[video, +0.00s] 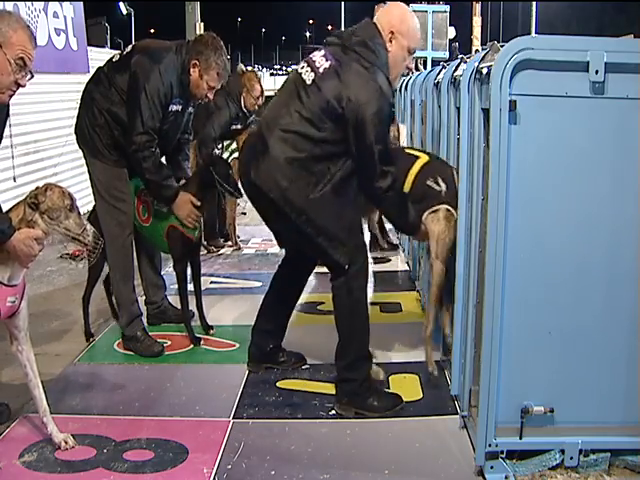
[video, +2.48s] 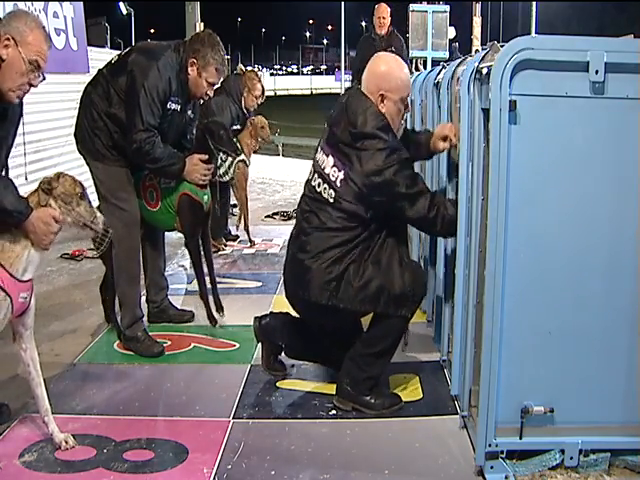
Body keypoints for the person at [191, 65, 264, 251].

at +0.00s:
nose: (258, 103)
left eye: (260, 98)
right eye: (255, 98)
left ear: (259, 94)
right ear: (242, 94)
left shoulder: (245, 108)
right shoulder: (226, 109)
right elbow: (205, 141)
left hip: (215, 142)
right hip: (199, 141)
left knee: (219, 188)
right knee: (208, 189)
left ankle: (221, 232)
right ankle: (211, 236)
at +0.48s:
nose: (261, 99)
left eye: (263, 94)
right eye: (258, 94)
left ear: (263, 93)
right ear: (246, 90)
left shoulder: (252, 110)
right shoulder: (233, 108)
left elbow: (256, 137)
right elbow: (216, 137)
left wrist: (260, 163)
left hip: (222, 146)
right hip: (205, 145)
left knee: (226, 187)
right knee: (213, 189)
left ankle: (223, 229)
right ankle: (212, 231)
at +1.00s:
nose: (261, 111)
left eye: (263, 107)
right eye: (259, 105)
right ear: (247, 100)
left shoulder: (249, 121)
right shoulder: (231, 117)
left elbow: (248, 148)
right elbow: (216, 153)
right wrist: (231, 184)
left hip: (229, 158)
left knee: (236, 189)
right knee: (220, 192)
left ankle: (226, 230)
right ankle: (216, 234)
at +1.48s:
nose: (261, 99)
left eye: (263, 95)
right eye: (259, 94)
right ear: (246, 89)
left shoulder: (247, 108)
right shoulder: (231, 107)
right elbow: (213, 135)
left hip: (222, 150)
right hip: (211, 151)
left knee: (227, 188)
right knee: (220, 190)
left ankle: (224, 229)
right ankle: (217, 232)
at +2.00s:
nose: (261, 100)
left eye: (263, 96)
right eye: (260, 95)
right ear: (248, 89)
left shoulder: (245, 105)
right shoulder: (233, 104)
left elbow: (243, 129)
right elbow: (215, 133)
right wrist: (230, 165)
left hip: (221, 145)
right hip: (209, 146)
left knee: (224, 189)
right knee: (215, 190)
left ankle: (224, 229)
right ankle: (215, 232)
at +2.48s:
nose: (258, 103)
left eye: (260, 99)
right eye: (256, 97)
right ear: (243, 92)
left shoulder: (240, 106)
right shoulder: (222, 105)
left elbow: (244, 128)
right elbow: (219, 135)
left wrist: (251, 143)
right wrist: (237, 153)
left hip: (223, 150)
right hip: (207, 152)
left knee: (224, 195)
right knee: (214, 196)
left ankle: (223, 229)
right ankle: (213, 233)